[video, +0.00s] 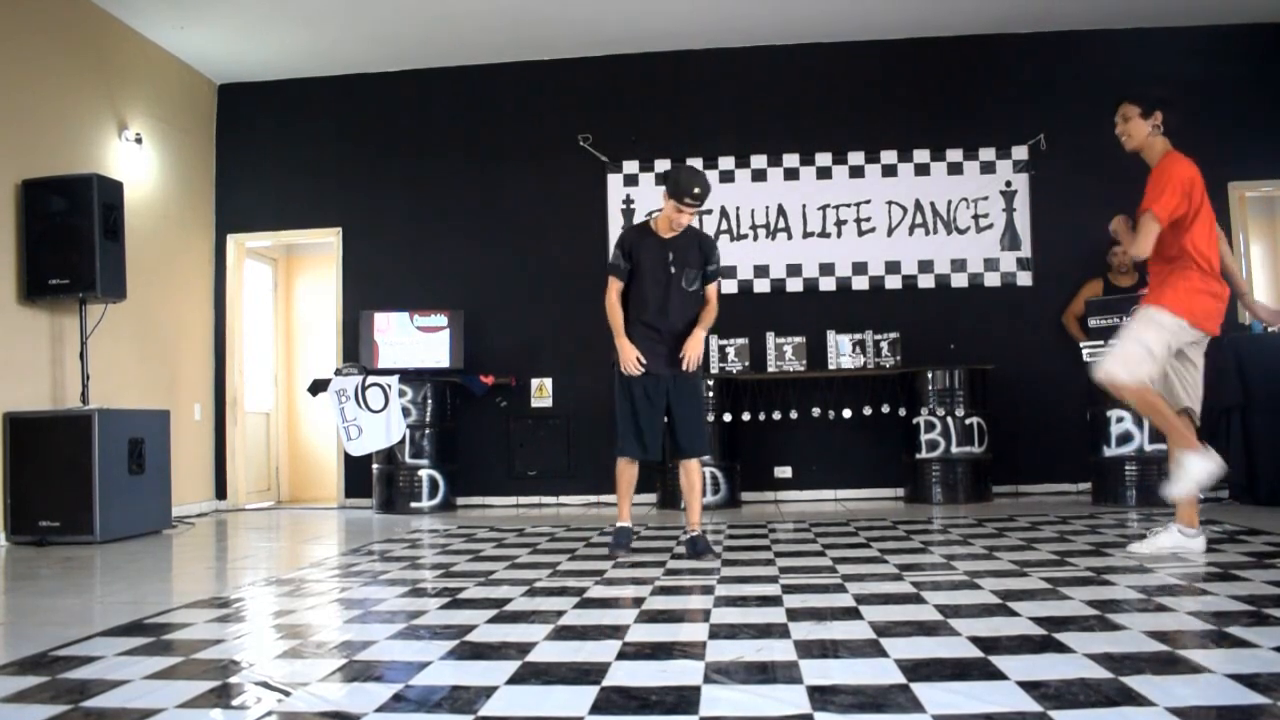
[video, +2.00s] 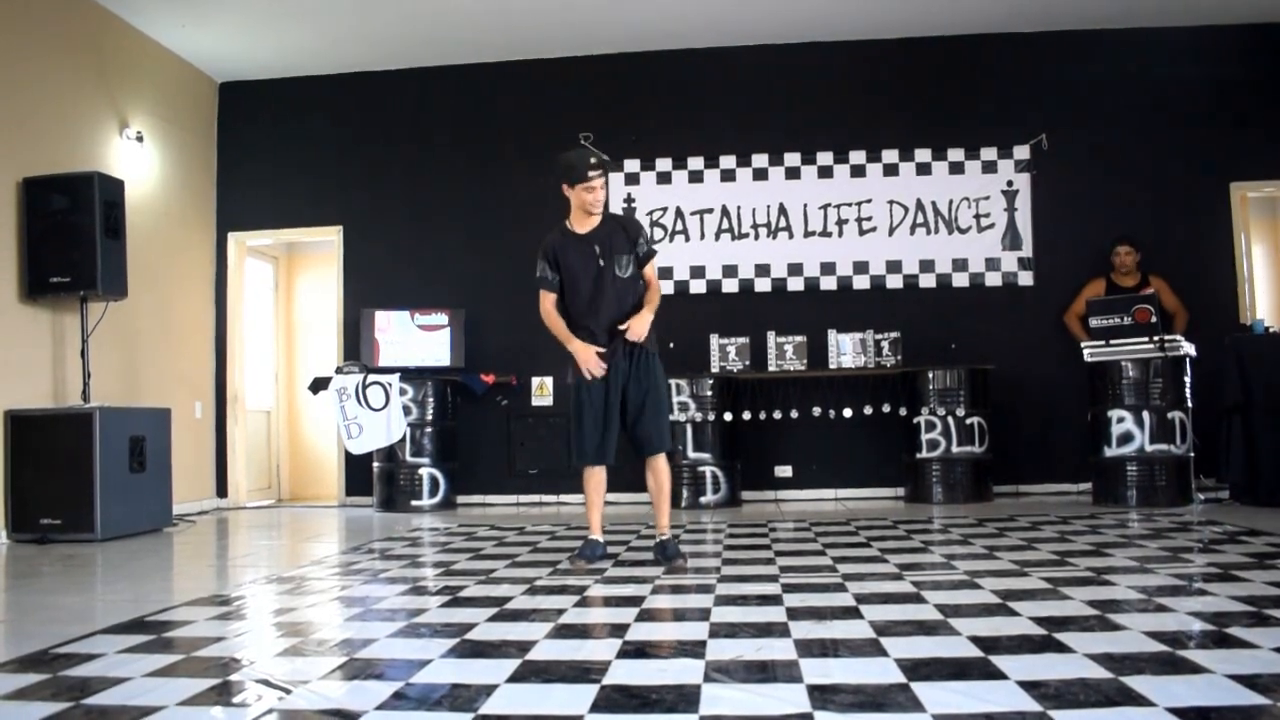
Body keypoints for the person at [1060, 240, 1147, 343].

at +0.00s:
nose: (1121, 259)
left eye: (1125, 254)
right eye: (1115, 255)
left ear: (1132, 256)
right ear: (1108, 259)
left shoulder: (1148, 284)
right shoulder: (1097, 286)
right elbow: (1068, 317)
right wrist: (1087, 345)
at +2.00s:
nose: (1123, 260)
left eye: (1128, 254)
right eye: (1117, 255)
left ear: (1137, 257)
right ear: (1111, 259)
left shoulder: (1154, 283)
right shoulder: (1099, 286)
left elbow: (1180, 313)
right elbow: (1070, 316)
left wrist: (1173, 341)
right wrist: (1089, 344)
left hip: (1151, 360)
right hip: (1113, 361)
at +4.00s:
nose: (1126, 255)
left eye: (1131, 250)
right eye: (1120, 251)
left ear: (1139, 252)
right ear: (1114, 255)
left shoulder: (1155, 279)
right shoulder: (1100, 283)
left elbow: (1181, 308)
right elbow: (1072, 313)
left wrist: (1175, 338)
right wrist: (1092, 342)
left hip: (1154, 356)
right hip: (1116, 356)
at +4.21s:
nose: (1127, 255)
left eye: (1132, 249)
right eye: (1121, 250)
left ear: (1139, 253)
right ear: (1114, 255)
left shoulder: (1156, 280)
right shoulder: (1100, 283)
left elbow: (1182, 309)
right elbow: (1072, 313)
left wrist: (1175, 339)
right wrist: (1092, 343)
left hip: (1153, 357)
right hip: (1116, 357)